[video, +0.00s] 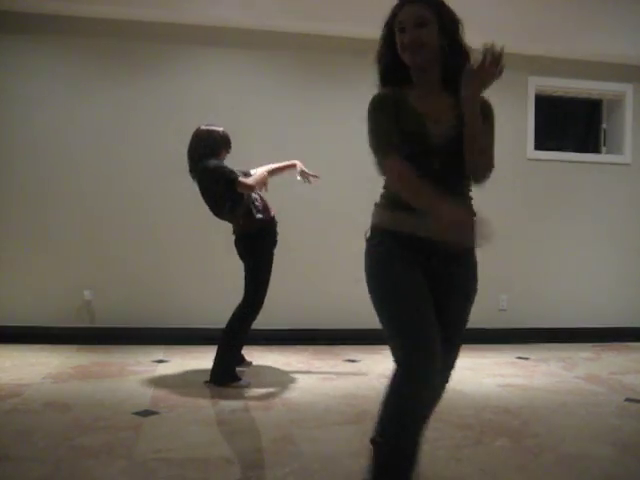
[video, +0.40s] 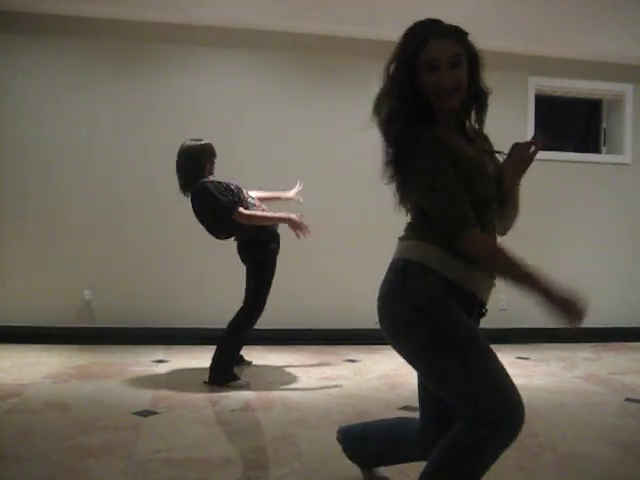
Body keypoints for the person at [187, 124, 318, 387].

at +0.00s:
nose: (227, 152)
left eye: (226, 147)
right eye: (224, 148)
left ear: (201, 147)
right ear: (215, 148)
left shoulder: (207, 170)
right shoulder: (215, 170)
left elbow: (252, 175)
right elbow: (249, 185)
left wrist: (293, 164)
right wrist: (263, 177)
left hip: (251, 235)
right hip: (256, 237)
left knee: (252, 301)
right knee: (252, 303)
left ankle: (231, 353)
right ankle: (222, 372)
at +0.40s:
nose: (214, 162)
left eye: (213, 158)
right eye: (211, 159)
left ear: (192, 163)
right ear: (200, 162)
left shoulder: (208, 186)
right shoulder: (207, 189)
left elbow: (249, 196)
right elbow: (243, 216)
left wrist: (286, 195)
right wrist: (288, 218)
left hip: (256, 241)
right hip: (259, 244)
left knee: (252, 305)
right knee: (252, 308)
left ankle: (231, 353)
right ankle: (219, 373)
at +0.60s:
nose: (193, 162)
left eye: (191, 156)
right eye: (186, 165)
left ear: (198, 157)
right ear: (182, 179)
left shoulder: (213, 186)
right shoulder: (209, 194)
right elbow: (238, 231)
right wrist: (272, 256)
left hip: (263, 237)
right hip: (260, 242)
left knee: (256, 305)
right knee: (256, 307)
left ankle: (232, 353)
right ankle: (221, 372)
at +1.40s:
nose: (199, 132)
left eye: (193, 132)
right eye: (193, 138)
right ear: (198, 154)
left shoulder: (232, 154)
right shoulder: (219, 167)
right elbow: (206, 209)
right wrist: (228, 243)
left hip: (254, 234)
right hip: (245, 237)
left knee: (252, 297)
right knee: (251, 298)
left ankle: (230, 356)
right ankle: (226, 366)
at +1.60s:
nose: (239, 117)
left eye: (238, 113)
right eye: (230, 117)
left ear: (247, 119)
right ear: (224, 133)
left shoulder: (258, 152)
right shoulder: (222, 162)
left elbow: (259, 187)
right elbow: (207, 203)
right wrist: (198, 239)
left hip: (244, 236)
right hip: (224, 237)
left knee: (231, 294)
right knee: (244, 292)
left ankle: (225, 357)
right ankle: (237, 359)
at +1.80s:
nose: (257, 117)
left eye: (258, 112)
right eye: (249, 115)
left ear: (264, 120)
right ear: (238, 125)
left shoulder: (266, 152)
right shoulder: (228, 153)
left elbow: (289, 185)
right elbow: (194, 177)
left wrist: (294, 200)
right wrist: (194, 205)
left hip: (245, 231)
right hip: (217, 232)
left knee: (267, 288)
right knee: (231, 298)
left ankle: (233, 320)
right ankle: (234, 363)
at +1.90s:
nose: (260, 117)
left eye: (262, 113)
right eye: (252, 114)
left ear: (266, 121)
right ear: (240, 124)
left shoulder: (268, 156)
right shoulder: (225, 150)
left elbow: (271, 199)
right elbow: (207, 188)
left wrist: (254, 226)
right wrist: (236, 222)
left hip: (245, 226)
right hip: (218, 227)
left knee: (284, 270)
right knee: (229, 292)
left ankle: (245, 283)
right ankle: (225, 361)